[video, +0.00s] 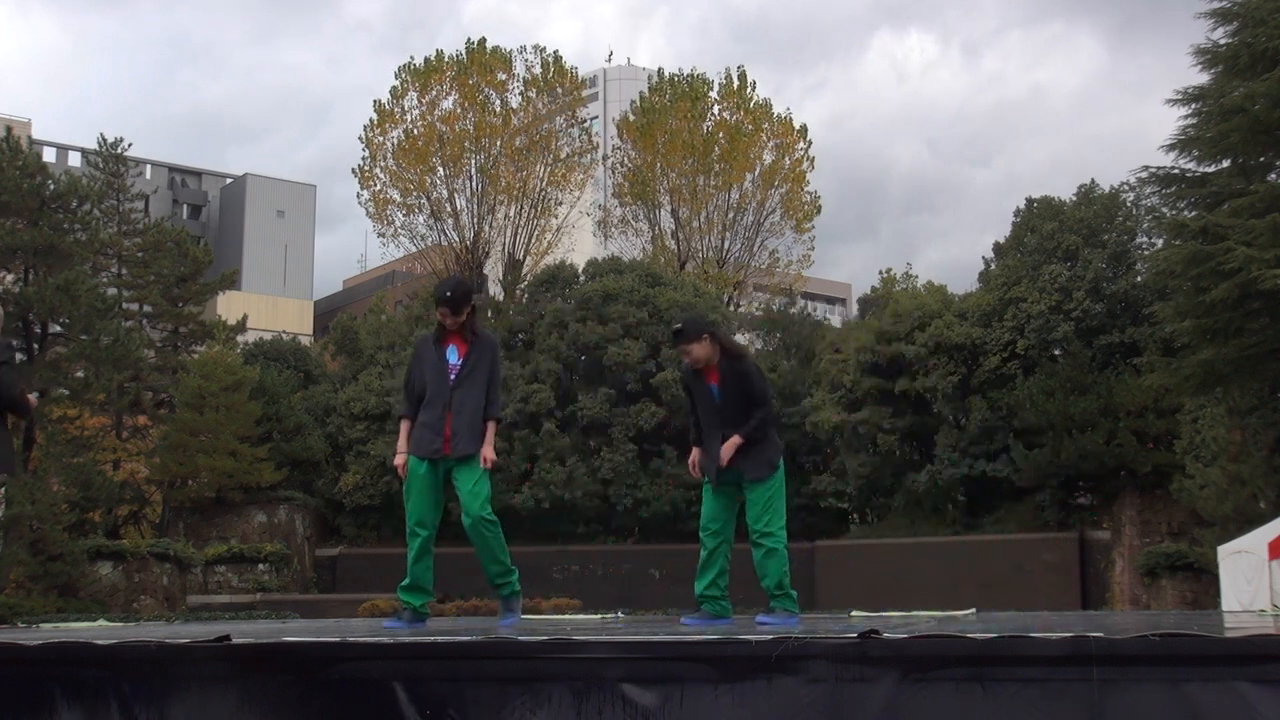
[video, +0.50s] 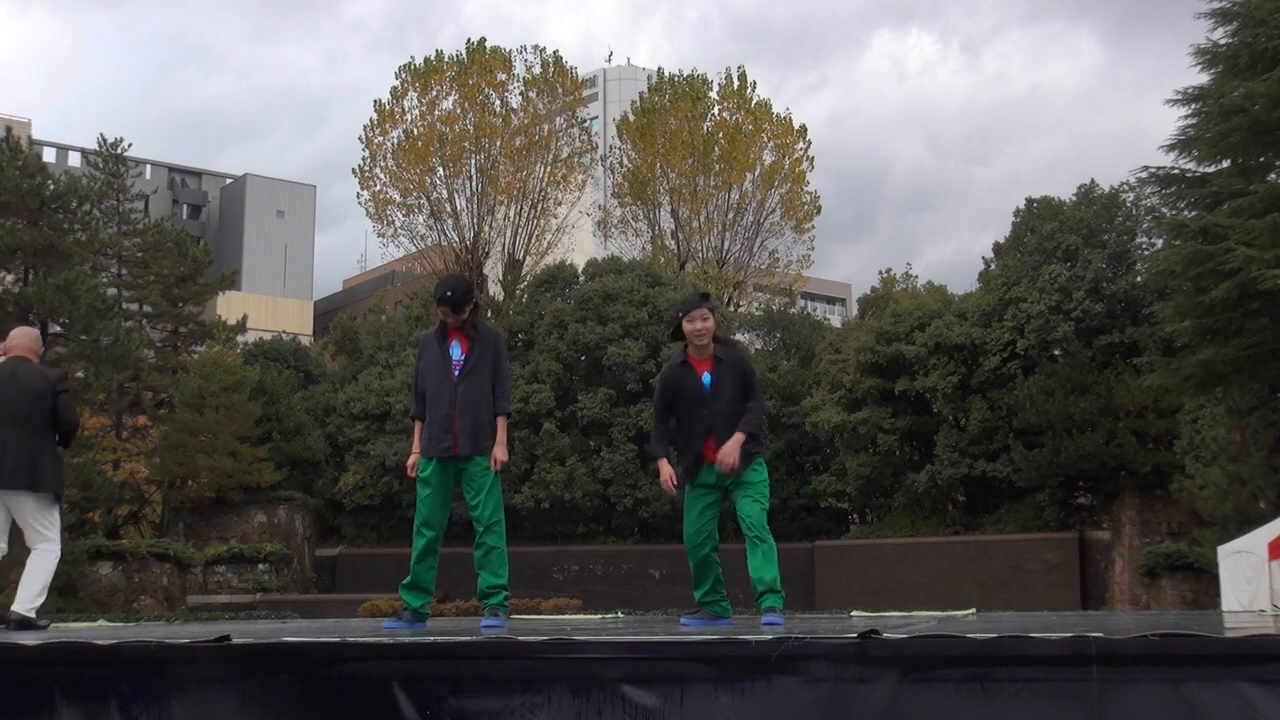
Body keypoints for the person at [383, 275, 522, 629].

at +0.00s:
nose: (449, 319)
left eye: (456, 313)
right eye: (443, 313)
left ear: (470, 309)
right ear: (436, 309)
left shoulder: (486, 345)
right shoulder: (425, 344)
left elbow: (493, 398)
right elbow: (410, 398)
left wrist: (489, 442)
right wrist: (402, 446)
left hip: (468, 450)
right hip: (423, 451)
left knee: (477, 516)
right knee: (419, 527)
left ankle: (509, 594)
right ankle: (414, 607)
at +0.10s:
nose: (444, 319)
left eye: (451, 313)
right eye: (439, 313)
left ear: (465, 308)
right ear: (430, 309)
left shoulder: (483, 343)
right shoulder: (419, 345)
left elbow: (492, 397)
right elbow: (407, 399)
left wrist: (488, 441)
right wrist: (401, 446)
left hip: (468, 448)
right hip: (422, 449)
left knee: (480, 521)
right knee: (419, 528)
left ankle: (497, 605)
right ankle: (414, 607)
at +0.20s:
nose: (443, 319)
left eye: (450, 313)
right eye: (437, 312)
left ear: (464, 306)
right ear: (429, 308)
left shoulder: (483, 342)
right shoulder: (420, 344)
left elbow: (495, 396)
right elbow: (409, 401)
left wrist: (492, 441)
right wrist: (405, 448)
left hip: (470, 448)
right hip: (424, 450)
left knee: (480, 525)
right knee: (421, 529)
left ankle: (494, 605)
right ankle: (414, 607)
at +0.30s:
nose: (445, 319)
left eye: (452, 312)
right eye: (439, 312)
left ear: (465, 305)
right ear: (430, 307)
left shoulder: (484, 339)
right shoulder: (421, 343)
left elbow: (498, 394)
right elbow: (412, 400)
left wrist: (496, 441)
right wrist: (409, 447)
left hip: (474, 447)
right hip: (428, 448)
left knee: (484, 526)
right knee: (423, 528)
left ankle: (493, 606)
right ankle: (414, 607)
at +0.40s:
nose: (448, 318)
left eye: (455, 311)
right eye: (442, 312)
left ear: (468, 304)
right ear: (434, 306)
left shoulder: (489, 339)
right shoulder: (424, 342)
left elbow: (500, 393)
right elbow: (415, 399)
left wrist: (500, 440)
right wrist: (413, 447)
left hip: (478, 449)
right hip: (432, 449)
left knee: (486, 526)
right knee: (424, 528)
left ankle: (494, 606)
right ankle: (414, 607)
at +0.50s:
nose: (452, 317)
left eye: (459, 311)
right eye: (446, 311)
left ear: (472, 305)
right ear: (437, 307)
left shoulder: (492, 340)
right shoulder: (427, 342)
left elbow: (501, 393)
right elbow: (420, 399)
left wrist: (501, 441)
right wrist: (416, 448)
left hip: (480, 448)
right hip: (435, 449)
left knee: (488, 526)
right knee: (426, 527)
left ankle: (494, 606)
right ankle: (415, 607)